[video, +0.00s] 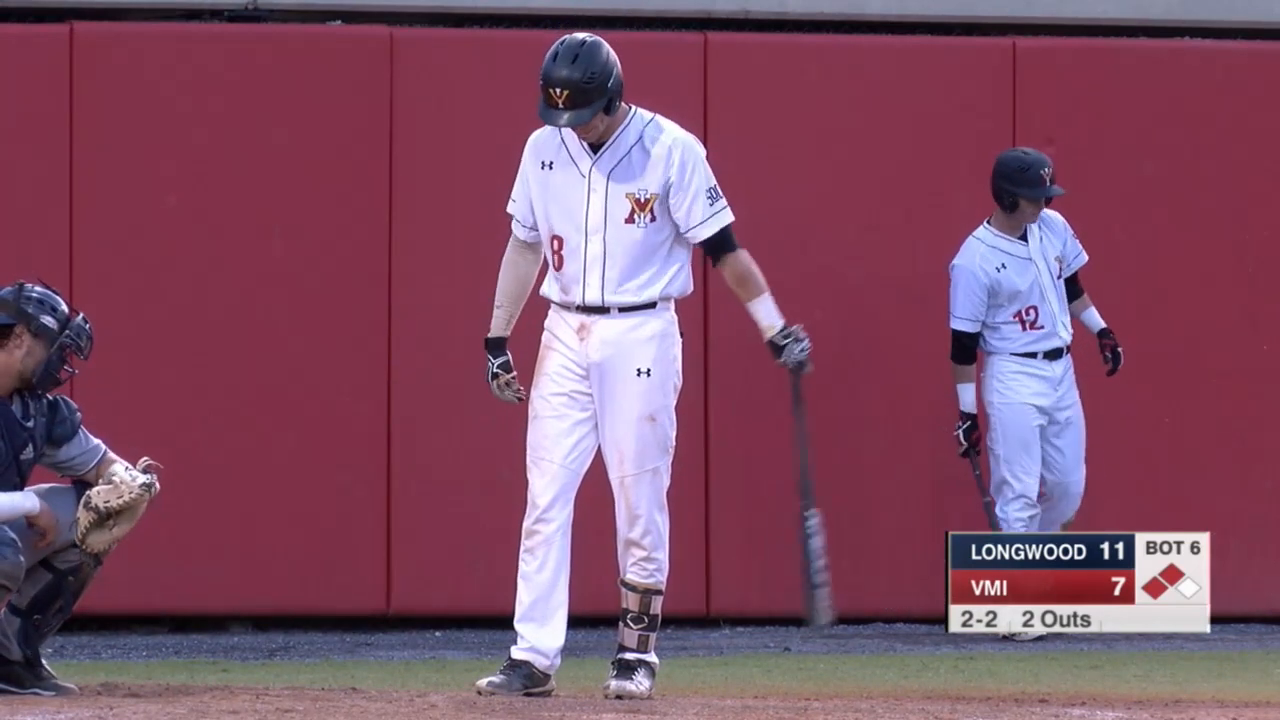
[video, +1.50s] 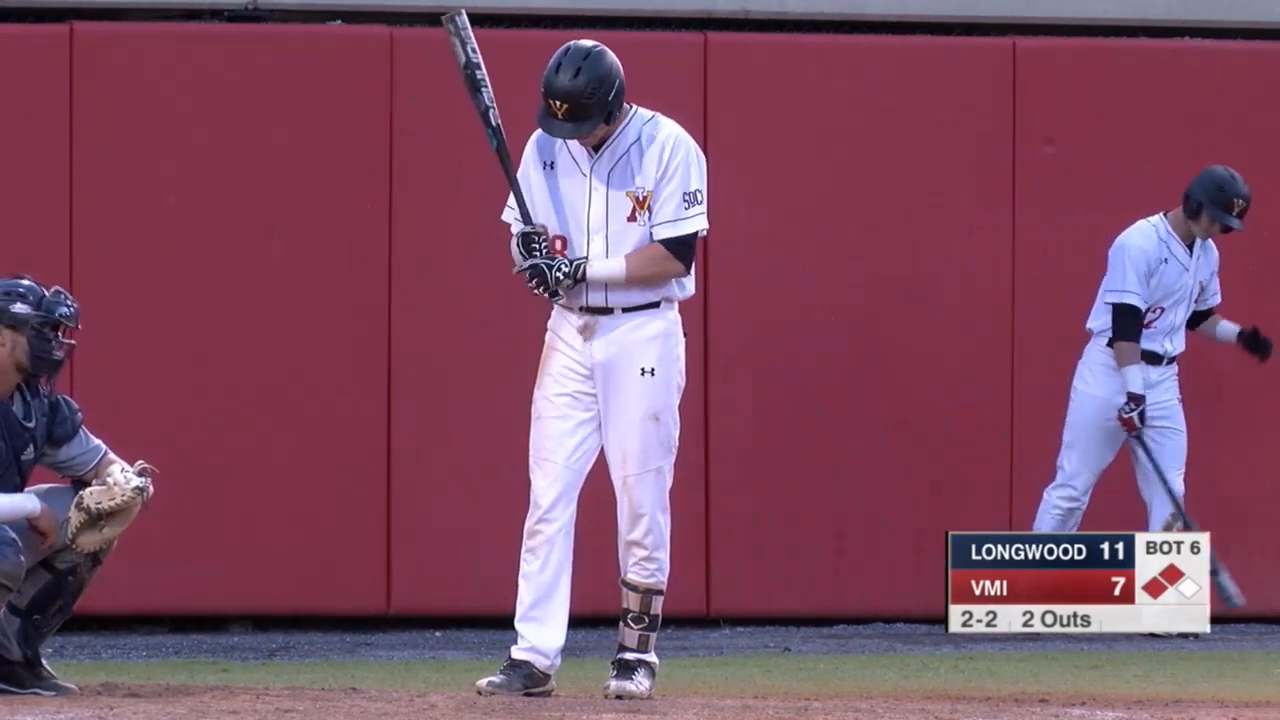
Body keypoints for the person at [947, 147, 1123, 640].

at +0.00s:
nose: (1046, 204)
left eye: (1045, 196)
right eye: (1038, 197)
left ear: (1035, 196)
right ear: (1010, 199)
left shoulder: (1051, 225)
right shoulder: (974, 260)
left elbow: (1070, 287)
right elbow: (963, 346)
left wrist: (1103, 330)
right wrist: (967, 415)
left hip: (1061, 375)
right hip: (1012, 379)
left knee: (1067, 490)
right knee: (1019, 493)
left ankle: (1012, 567)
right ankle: (1008, 600)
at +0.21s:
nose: (1044, 219)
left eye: (1047, 210)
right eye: (1036, 212)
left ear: (1049, 201)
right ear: (1010, 206)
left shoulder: (1055, 227)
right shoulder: (974, 262)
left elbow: (1077, 285)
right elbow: (962, 348)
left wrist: (1104, 330)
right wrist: (971, 413)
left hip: (1067, 376)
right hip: (1016, 382)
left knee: (1085, 484)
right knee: (1019, 496)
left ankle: (1071, 592)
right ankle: (1013, 601)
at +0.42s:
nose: (1052, 225)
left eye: (1057, 216)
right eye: (1045, 217)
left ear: (1061, 206)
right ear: (1019, 209)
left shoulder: (1067, 229)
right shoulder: (984, 262)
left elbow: (1089, 290)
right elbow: (973, 344)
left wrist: (1116, 341)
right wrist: (978, 413)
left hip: (1079, 376)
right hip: (1026, 384)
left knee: (1112, 485)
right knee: (1024, 498)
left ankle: (1130, 594)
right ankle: (1014, 606)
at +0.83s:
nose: (1120, 230)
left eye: (1125, 222)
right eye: (1114, 221)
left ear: (1125, 216)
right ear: (1092, 210)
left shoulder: (1130, 242)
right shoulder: (1046, 259)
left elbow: (1141, 306)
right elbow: (1024, 340)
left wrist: (1163, 361)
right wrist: (1007, 410)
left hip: (1121, 385)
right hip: (1067, 387)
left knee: (1147, 496)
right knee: (1046, 503)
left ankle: (1161, 606)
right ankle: (1022, 607)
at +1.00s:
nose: (1169, 231)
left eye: (1173, 224)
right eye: (1165, 222)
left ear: (1174, 219)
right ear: (1142, 210)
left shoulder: (1172, 247)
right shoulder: (1089, 252)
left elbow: (1172, 316)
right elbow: (1057, 330)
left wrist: (1189, 373)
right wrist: (1031, 398)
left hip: (1146, 387)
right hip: (1091, 385)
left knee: (1161, 498)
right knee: (1060, 497)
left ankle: (1160, 606)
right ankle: (1016, 598)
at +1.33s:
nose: (1220, 238)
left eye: (1226, 232)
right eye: (1219, 229)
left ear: (1225, 224)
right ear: (1198, 213)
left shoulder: (1210, 256)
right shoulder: (1137, 245)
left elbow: (1199, 326)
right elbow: (1111, 322)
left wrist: (1217, 378)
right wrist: (1098, 392)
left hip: (1162, 382)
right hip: (1111, 373)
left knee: (1168, 499)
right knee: (1070, 487)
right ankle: (1040, 585)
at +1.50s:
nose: (1221, 230)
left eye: (1226, 225)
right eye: (1219, 221)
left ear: (1226, 219)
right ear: (1195, 204)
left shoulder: (1206, 252)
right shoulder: (1137, 242)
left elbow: (1198, 316)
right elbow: (1125, 323)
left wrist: (1239, 335)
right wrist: (1134, 392)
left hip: (1162, 377)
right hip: (1109, 371)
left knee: (1168, 495)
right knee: (1073, 489)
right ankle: (1034, 580)